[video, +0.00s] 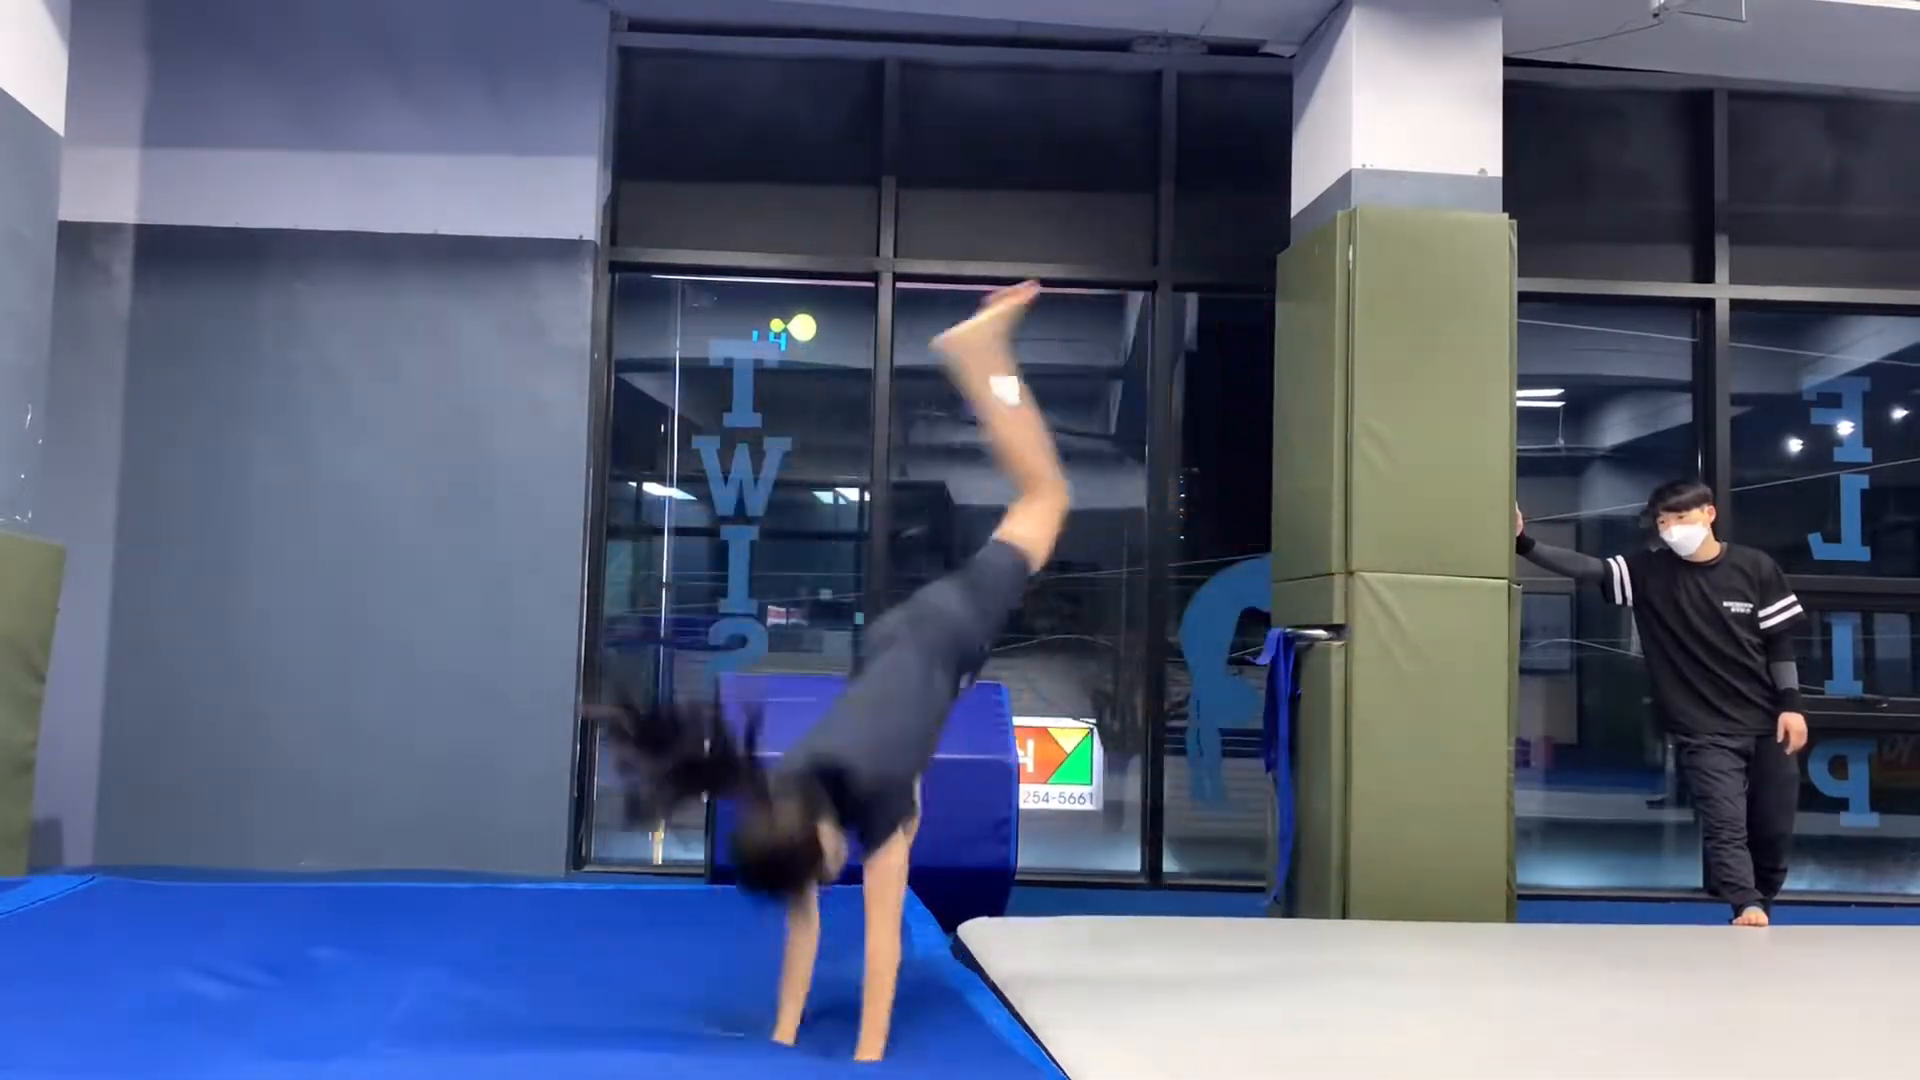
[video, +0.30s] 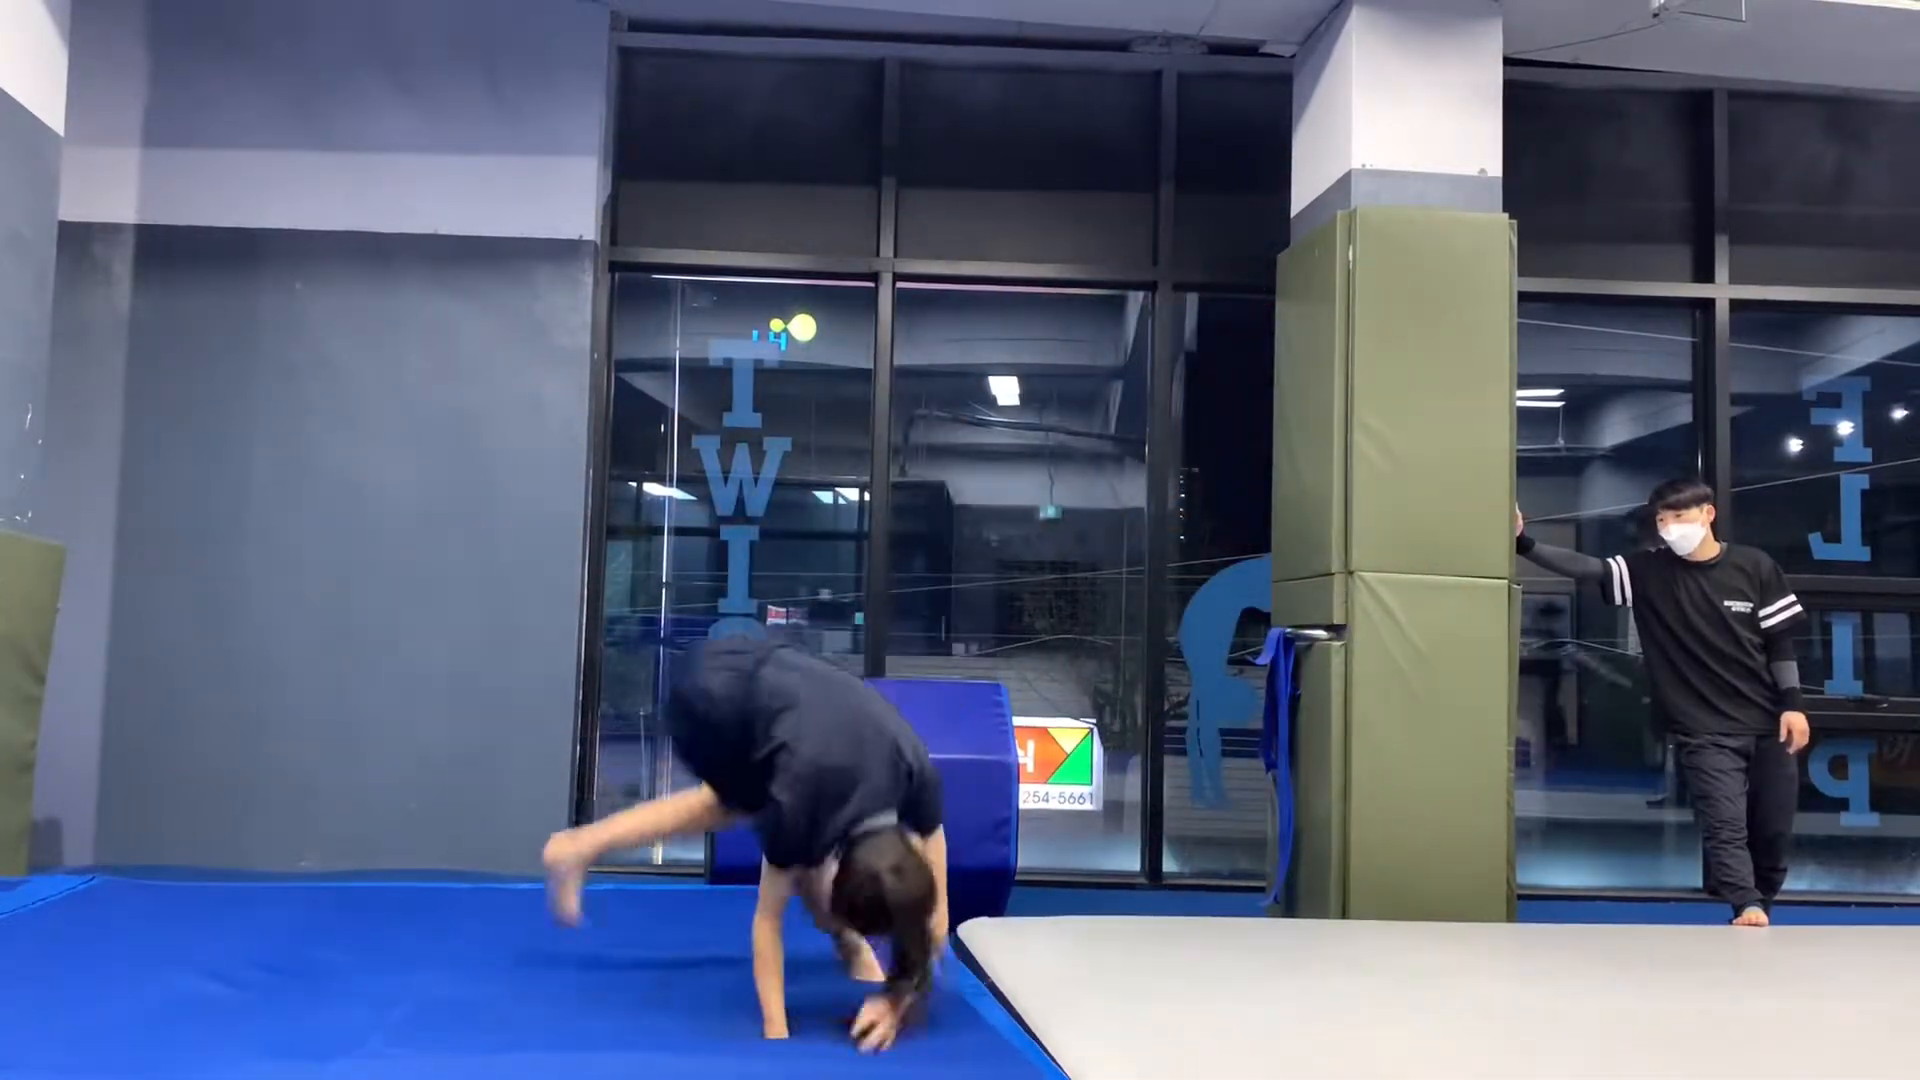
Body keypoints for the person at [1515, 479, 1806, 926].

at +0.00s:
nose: (1669, 526)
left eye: (1680, 515)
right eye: (1663, 518)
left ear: (1709, 514)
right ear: (1656, 524)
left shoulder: (1755, 568)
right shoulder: (1649, 570)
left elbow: (1780, 644)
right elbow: (1587, 568)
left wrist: (1791, 705)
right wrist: (1525, 543)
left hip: (1766, 724)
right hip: (1703, 728)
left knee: (1776, 829)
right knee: (1725, 818)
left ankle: (1759, 900)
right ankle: (1746, 907)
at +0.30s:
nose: (1668, 525)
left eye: (1678, 515)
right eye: (1662, 517)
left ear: (1708, 514)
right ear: (1657, 522)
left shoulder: (1754, 567)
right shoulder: (1647, 569)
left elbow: (1780, 642)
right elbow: (1585, 567)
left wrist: (1792, 704)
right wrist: (1525, 543)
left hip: (1766, 723)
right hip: (1702, 726)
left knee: (1775, 829)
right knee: (1724, 818)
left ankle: (1759, 901)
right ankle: (1746, 907)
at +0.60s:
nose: (1670, 524)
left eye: (1681, 513)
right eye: (1664, 515)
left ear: (1710, 513)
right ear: (1657, 521)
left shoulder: (1755, 568)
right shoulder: (1648, 569)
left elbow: (1780, 642)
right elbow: (1586, 567)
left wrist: (1792, 704)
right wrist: (1525, 543)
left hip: (1767, 723)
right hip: (1703, 726)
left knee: (1775, 829)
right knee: (1725, 818)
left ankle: (1759, 900)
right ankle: (1746, 907)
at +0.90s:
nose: (1671, 523)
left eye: (1682, 513)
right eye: (1665, 516)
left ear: (1711, 513)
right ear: (1658, 521)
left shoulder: (1755, 568)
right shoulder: (1649, 569)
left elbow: (1779, 643)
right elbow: (1588, 567)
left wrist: (1791, 706)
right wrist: (1525, 544)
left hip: (1766, 722)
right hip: (1704, 725)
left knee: (1775, 827)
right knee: (1725, 818)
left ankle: (1759, 899)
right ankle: (1746, 907)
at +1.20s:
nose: (1683, 509)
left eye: (1693, 503)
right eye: (1673, 502)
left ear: (1709, 514)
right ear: (1657, 511)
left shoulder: (1739, 566)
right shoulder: (1635, 561)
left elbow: (1786, 613)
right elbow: (1579, 552)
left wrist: (1770, 669)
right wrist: (1524, 526)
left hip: (1732, 716)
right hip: (1667, 719)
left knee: (1747, 823)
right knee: (1682, 829)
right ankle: (1712, 925)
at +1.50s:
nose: (1667, 509)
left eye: (1680, 503)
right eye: (1663, 501)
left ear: (1705, 512)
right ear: (1654, 507)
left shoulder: (1738, 565)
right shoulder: (1634, 560)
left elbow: (1788, 615)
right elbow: (1577, 550)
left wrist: (1770, 669)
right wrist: (1524, 526)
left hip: (1731, 717)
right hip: (1667, 720)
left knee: (1747, 823)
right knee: (1682, 830)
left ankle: (1683, 900)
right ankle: (1713, 927)